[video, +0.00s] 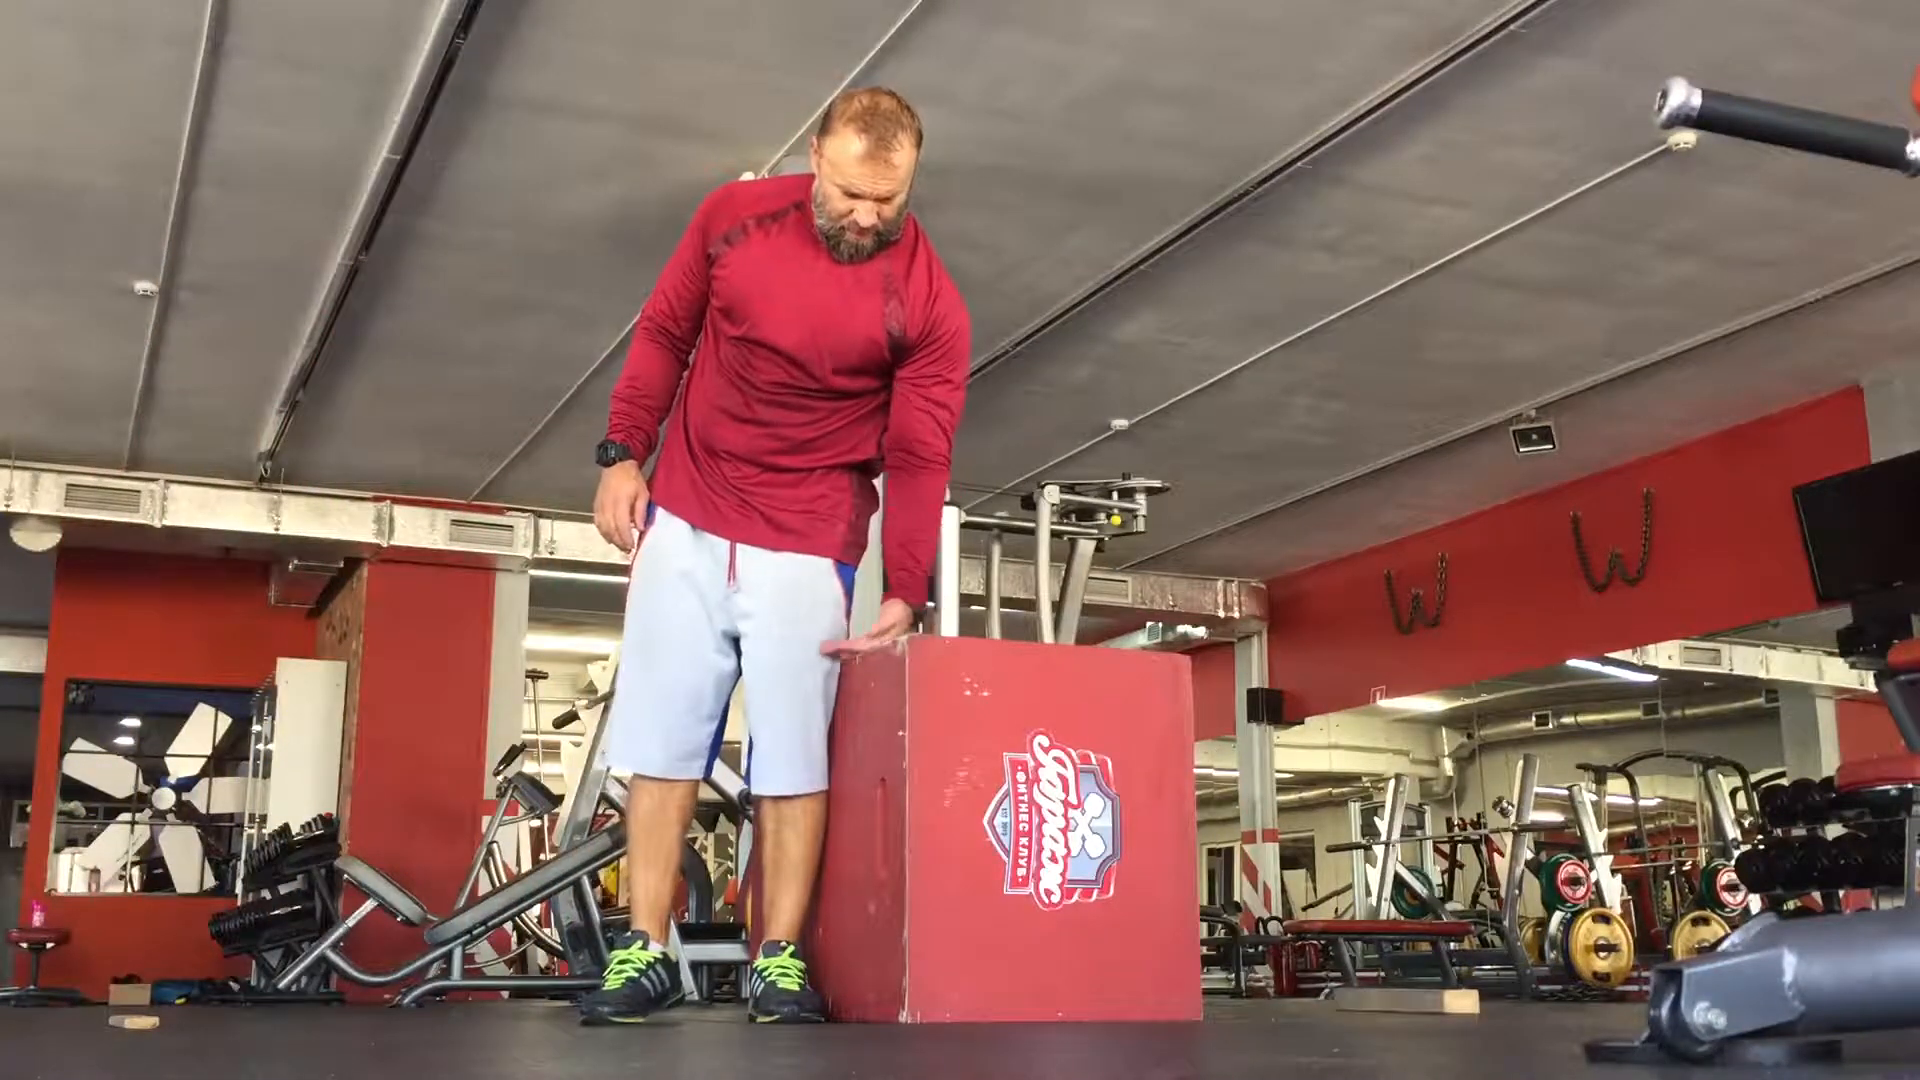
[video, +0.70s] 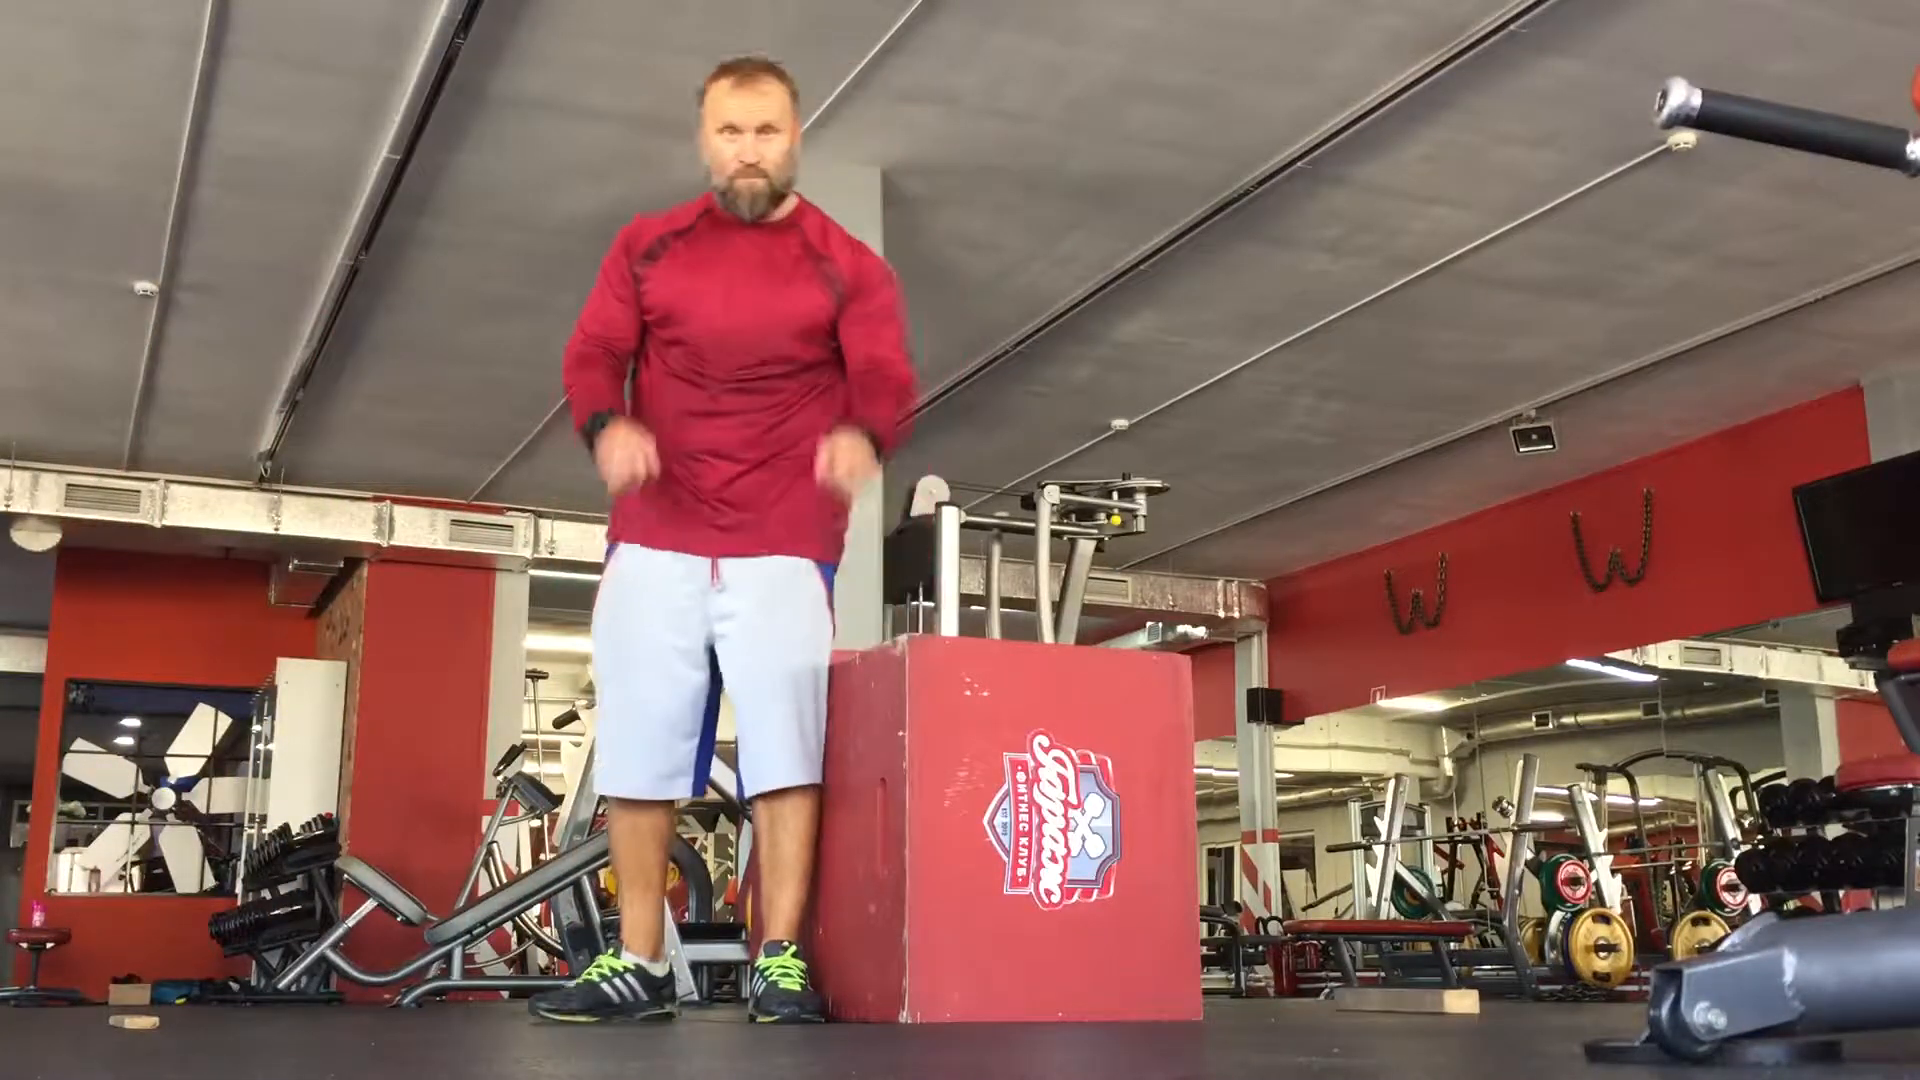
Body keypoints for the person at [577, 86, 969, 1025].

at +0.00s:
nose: (861, 215)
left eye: (883, 200)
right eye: (845, 193)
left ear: (912, 185)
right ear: (814, 159)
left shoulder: (928, 307)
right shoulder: (735, 215)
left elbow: (918, 457)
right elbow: (663, 331)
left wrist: (905, 593)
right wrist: (622, 455)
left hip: (811, 532)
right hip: (688, 508)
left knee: (793, 745)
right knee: (662, 732)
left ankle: (778, 959)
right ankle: (647, 952)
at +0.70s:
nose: (747, 147)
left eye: (766, 129)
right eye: (729, 130)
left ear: (797, 139)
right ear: (702, 141)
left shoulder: (849, 268)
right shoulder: (647, 248)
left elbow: (887, 380)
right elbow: (590, 356)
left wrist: (861, 433)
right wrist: (608, 423)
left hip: (784, 531)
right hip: (656, 528)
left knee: (782, 742)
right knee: (636, 740)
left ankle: (779, 958)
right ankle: (640, 964)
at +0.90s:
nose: (676, 167)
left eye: (694, 150)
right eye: (657, 153)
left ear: (726, 162)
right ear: (634, 169)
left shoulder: (767, 253)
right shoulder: (597, 252)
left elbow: (805, 279)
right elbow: (567, 291)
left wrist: (798, 280)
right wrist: (605, 288)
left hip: (741, 549)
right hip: (615, 553)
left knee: (762, 750)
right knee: (618, 754)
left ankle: (775, 958)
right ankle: (636, 963)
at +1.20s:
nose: (594, 178)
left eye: (610, 160)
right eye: (574, 164)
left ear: (641, 165)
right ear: (550, 176)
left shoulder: (688, 253)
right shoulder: (522, 261)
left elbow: (721, 283)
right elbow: (492, 294)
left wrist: (698, 251)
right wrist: (530, 270)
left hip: (655, 527)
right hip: (550, 537)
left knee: (652, 726)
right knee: (575, 742)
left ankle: (662, 947)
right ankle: (623, 949)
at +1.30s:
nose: (566, 175)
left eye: (582, 156)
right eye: (546, 161)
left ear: (614, 163)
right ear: (525, 176)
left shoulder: (659, 253)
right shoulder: (505, 270)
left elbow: (690, 278)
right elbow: (452, 329)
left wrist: (717, 253)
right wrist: (469, 282)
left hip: (627, 522)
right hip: (529, 532)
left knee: (607, 720)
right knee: (569, 739)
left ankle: (579, 940)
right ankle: (631, 958)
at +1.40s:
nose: (532, 168)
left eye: (549, 148)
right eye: (513, 153)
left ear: (585, 156)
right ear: (493, 170)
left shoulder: (634, 254)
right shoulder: (463, 276)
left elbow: (687, 295)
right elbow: (391, 356)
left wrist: (739, 275)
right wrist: (381, 275)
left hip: (599, 525)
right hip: (497, 536)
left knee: (546, 716)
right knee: (551, 744)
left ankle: (481, 940)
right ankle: (636, 963)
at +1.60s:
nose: (456, 149)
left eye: (475, 129)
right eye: (437, 134)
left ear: (516, 140)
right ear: (419, 153)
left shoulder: (560, 249)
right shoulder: (387, 270)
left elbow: (615, 341)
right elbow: (302, 336)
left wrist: (646, 289)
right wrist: (256, 209)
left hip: (514, 529)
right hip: (436, 532)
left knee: (413, 715)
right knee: (522, 746)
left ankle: (335, 959)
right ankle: (628, 950)